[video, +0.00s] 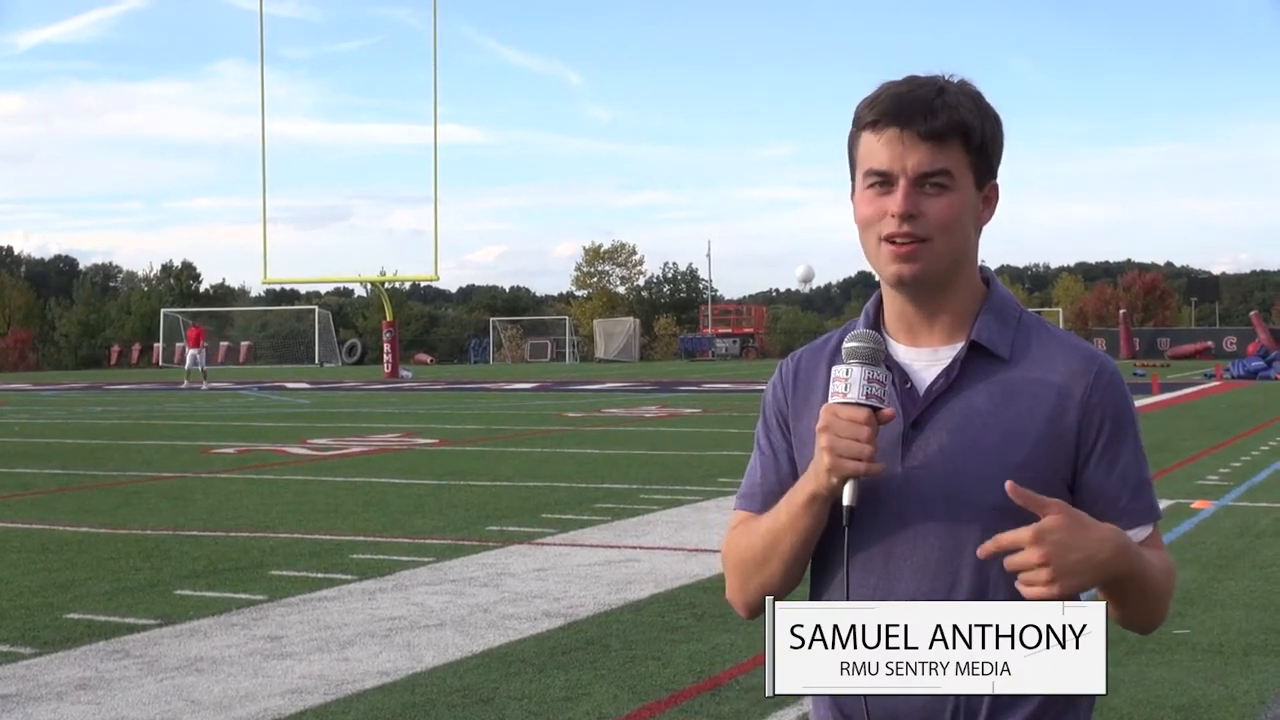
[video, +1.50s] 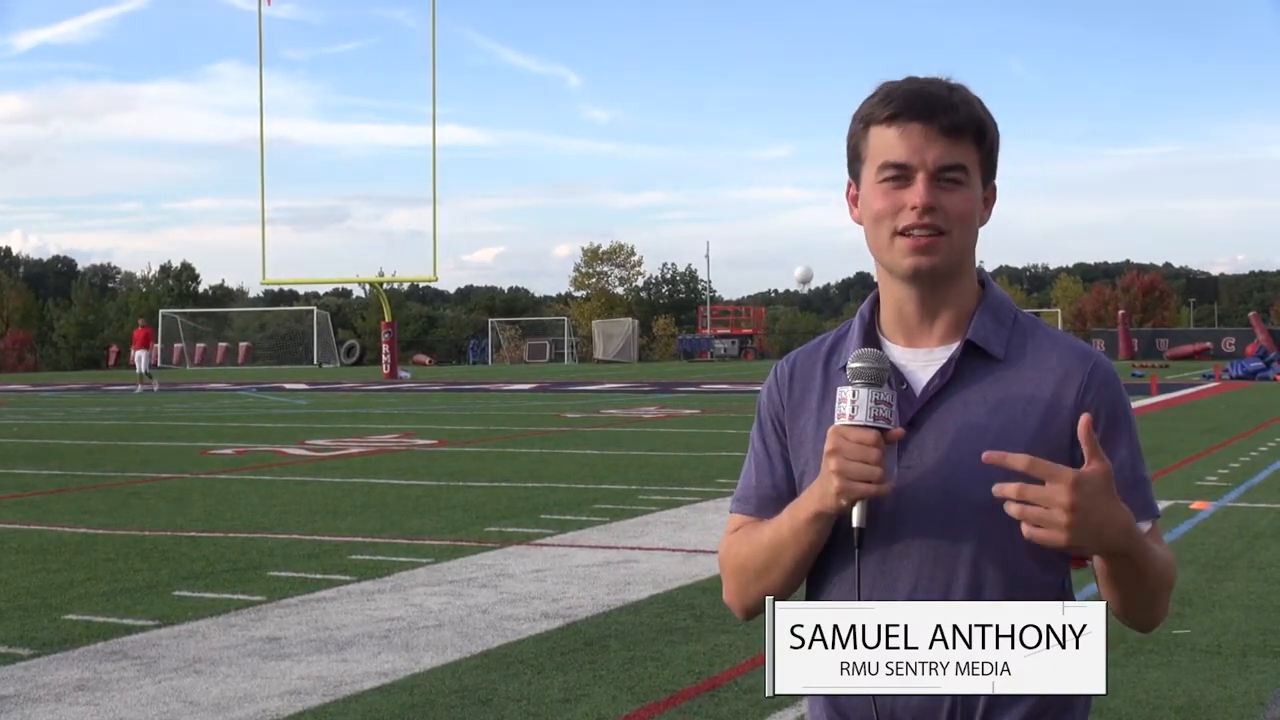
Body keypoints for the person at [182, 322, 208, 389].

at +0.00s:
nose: (193, 323)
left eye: (194, 321)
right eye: (192, 321)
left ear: (197, 322)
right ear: (190, 322)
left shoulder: (200, 330)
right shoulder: (188, 331)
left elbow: (202, 339)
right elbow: (187, 340)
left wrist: (201, 347)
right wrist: (187, 348)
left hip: (199, 349)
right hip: (191, 349)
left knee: (202, 367)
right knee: (187, 367)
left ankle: (205, 383)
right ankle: (186, 382)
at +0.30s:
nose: (181, 322)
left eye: (182, 321)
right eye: (180, 321)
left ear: (184, 322)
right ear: (178, 322)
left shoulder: (188, 330)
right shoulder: (176, 331)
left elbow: (192, 341)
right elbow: (176, 342)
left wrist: (192, 351)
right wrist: (175, 352)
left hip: (186, 350)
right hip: (178, 350)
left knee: (187, 368)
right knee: (179, 368)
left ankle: (196, 380)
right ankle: (180, 384)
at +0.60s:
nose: (173, 323)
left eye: (175, 322)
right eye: (172, 322)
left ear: (177, 323)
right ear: (170, 323)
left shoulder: (180, 330)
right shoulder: (168, 331)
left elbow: (185, 340)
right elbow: (164, 341)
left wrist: (186, 346)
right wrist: (162, 346)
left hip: (178, 349)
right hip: (171, 350)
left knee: (173, 367)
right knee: (175, 368)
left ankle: (172, 383)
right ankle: (179, 383)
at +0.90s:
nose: (164, 324)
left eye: (166, 322)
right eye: (163, 322)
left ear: (168, 323)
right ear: (162, 323)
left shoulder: (172, 331)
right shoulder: (158, 331)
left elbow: (176, 343)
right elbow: (155, 343)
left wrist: (176, 355)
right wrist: (153, 354)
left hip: (168, 350)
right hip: (160, 350)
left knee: (165, 369)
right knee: (159, 370)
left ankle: (166, 385)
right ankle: (169, 382)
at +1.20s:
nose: (155, 324)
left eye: (156, 323)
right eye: (154, 323)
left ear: (158, 323)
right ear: (152, 323)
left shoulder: (161, 331)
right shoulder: (149, 332)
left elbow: (162, 342)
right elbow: (148, 343)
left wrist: (154, 348)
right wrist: (146, 352)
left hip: (160, 351)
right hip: (151, 351)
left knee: (161, 370)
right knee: (148, 369)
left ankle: (165, 386)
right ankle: (144, 384)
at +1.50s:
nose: (141, 323)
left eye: (142, 322)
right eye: (140, 322)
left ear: (145, 323)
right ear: (138, 323)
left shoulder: (148, 330)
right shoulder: (135, 331)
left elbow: (151, 341)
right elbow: (133, 344)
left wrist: (150, 351)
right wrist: (132, 355)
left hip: (145, 351)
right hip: (137, 351)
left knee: (145, 370)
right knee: (138, 371)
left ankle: (154, 382)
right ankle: (140, 386)